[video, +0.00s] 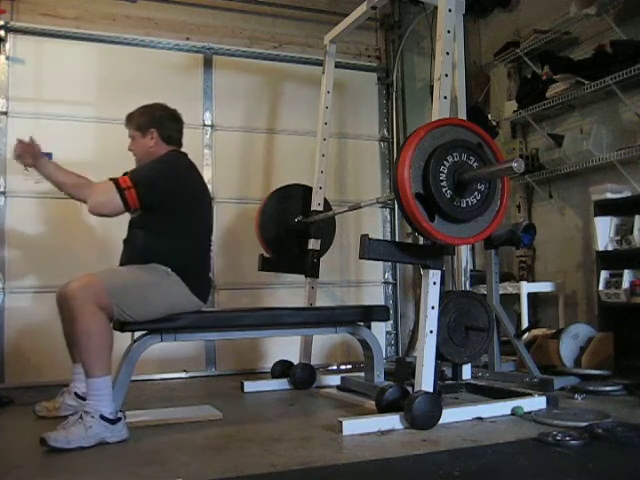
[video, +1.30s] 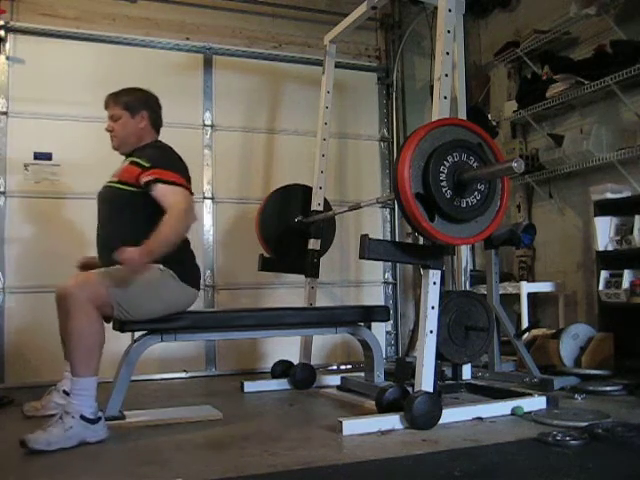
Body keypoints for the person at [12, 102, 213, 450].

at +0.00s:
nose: (129, 146)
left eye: (133, 138)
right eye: (130, 138)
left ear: (153, 138)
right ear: (155, 139)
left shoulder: (170, 169)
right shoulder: (159, 169)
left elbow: (100, 204)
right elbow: (90, 191)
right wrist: (40, 162)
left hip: (178, 280)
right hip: (157, 276)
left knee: (84, 296)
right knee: (69, 294)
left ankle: (104, 416)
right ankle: (82, 394)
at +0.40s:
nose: (138, 140)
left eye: (145, 132)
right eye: (138, 133)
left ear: (171, 135)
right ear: (169, 136)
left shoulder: (179, 166)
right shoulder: (166, 169)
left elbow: (109, 196)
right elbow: (113, 202)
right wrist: (79, 169)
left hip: (179, 280)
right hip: (156, 277)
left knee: (88, 294)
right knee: (66, 297)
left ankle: (105, 416)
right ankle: (82, 394)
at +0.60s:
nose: (138, 139)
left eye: (145, 131)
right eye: (138, 132)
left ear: (172, 134)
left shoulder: (181, 162)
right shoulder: (163, 174)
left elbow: (113, 180)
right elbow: (131, 221)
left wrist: (97, 180)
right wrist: (101, 197)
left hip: (179, 281)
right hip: (154, 279)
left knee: (87, 286)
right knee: (66, 296)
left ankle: (99, 409)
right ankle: (81, 392)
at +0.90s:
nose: (130, 133)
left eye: (138, 127)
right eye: (131, 126)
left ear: (165, 132)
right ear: (159, 133)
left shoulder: (180, 160)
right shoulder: (154, 172)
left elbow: (152, 175)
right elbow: (132, 203)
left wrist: (91, 175)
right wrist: (100, 221)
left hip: (178, 281)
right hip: (154, 278)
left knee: (82, 292)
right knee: (72, 291)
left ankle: (85, 415)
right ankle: (75, 390)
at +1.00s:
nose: (120, 130)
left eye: (128, 123)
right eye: (121, 123)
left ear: (155, 129)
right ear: (149, 131)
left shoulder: (173, 161)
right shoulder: (147, 170)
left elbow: (178, 194)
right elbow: (155, 231)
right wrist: (117, 243)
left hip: (177, 280)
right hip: (154, 276)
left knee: (83, 292)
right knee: (75, 292)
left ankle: (86, 415)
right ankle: (72, 393)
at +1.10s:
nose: (114, 129)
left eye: (121, 122)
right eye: (114, 122)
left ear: (148, 124)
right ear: (145, 126)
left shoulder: (169, 161)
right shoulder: (146, 164)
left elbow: (190, 206)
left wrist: (179, 241)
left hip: (172, 281)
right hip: (148, 276)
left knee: (83, 293)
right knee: (74, 292)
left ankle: (87, 415)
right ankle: (72, 392)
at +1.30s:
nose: (108, 128)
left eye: (115, 120)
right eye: (108, 120)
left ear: (142, 120)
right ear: (140, 122)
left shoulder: (158, 158)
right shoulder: (136, 162)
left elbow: (182, 212)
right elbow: (145, 226)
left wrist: (145, 252)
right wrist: (106, 260)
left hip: (169, 278)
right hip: (144, 274)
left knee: (83, 296)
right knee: (68, 293)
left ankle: (86, 416)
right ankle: (70, 391)